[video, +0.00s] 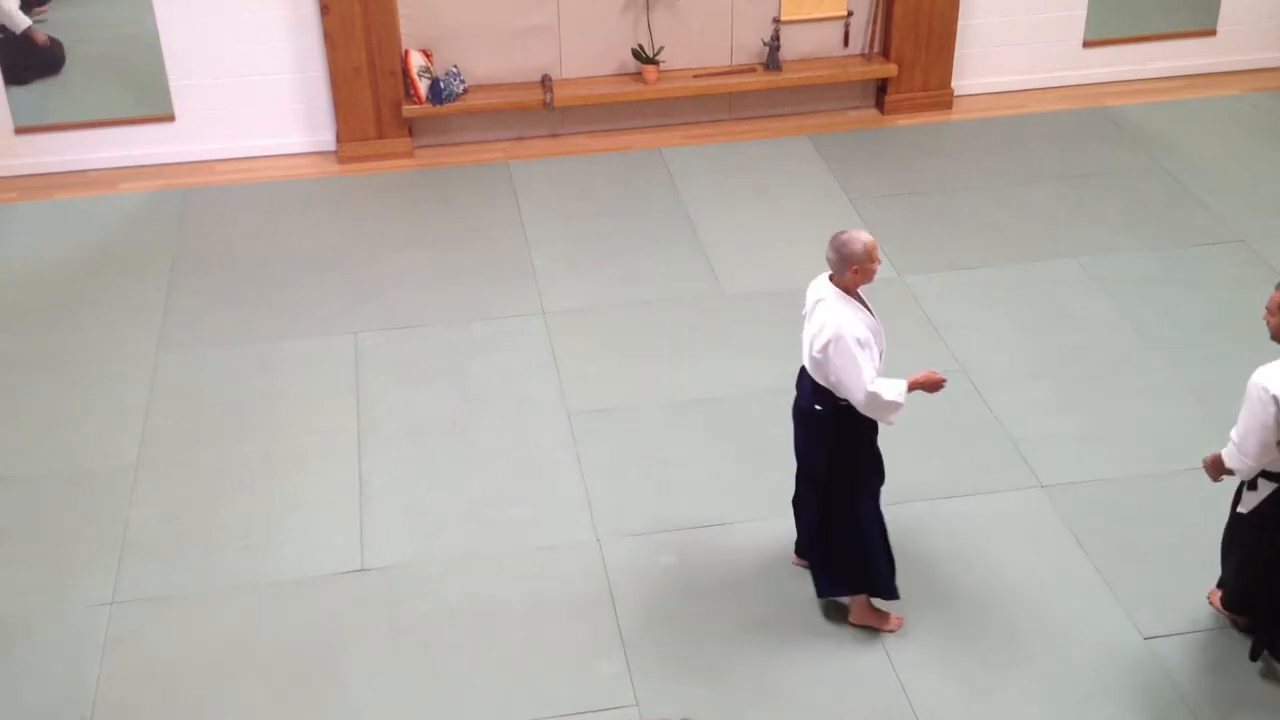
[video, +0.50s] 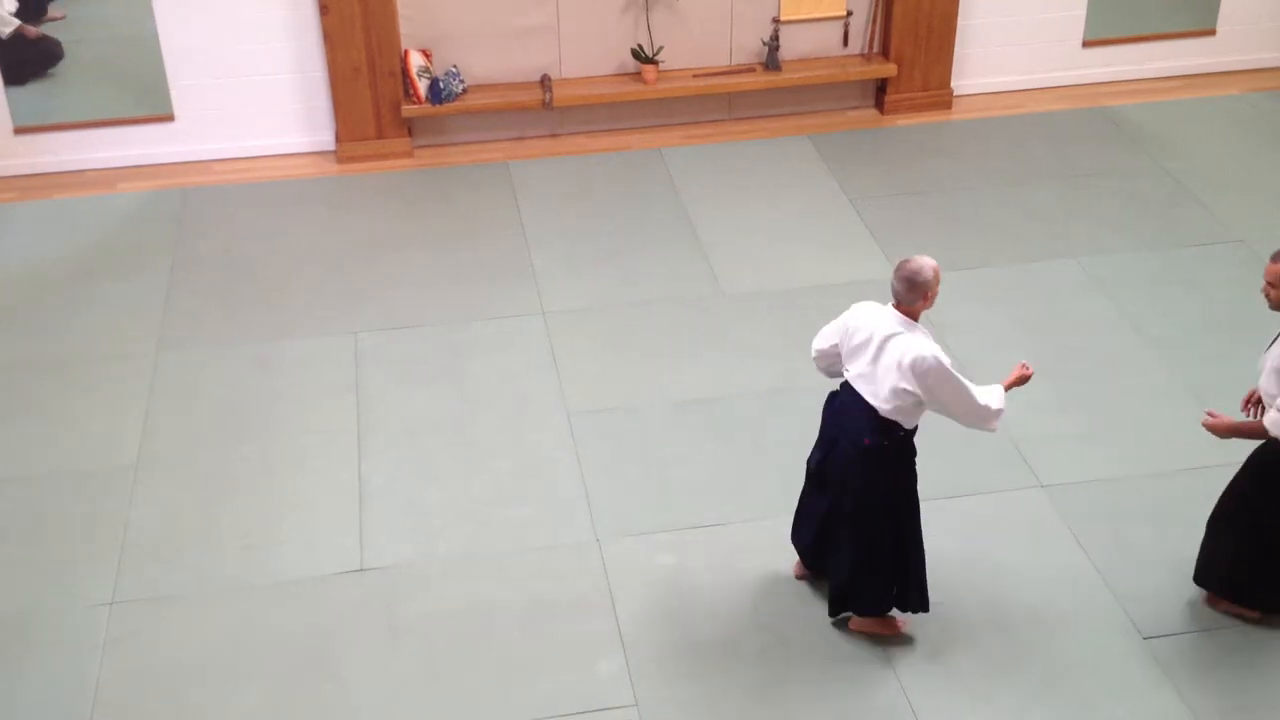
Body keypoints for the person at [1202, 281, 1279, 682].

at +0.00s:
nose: (1265, 316)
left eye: (1269, 311)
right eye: (1267, 309)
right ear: (1276, 318)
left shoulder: (1268, 379)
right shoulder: (1267, 379)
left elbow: (1248, 453)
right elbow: (1250, 448)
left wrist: (1222, 463)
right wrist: (1229, 461)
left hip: (1266, 488)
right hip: (1267, 483)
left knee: (1245, 547)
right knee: (1260, 548)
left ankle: (1238, 604)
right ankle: (1248, 603)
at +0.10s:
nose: (1261, 305)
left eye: (1266, 299)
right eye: (1263, 298)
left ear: (1279, 307)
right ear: (1275, 306)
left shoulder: (1267, 367)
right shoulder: (1267, 365)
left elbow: (1249, 437)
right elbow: (1252, 431)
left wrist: (1223, 452)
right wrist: (1229, 450)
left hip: (1264, 478)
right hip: (1269, 472)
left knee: (1245, 541)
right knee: (1262, 544)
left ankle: (1238, 603)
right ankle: (1256, 606)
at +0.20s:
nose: (1259, 295)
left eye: (1265, 289)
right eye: (1260, 288)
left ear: (1279, 296)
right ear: (1274, 295)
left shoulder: (1268, 355)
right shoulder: (1268, 353)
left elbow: (1252, 428)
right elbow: (1254, 422)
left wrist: (1224, 437)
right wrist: (1230, 435)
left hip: (1266, 468)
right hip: (1268, 462)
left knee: (1246, 538)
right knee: (1260, 540)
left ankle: (1241, 609)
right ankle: (1262, 617)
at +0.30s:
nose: (1260, 287)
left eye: (1267, 281)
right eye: (1261, 279)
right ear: (1268, 283)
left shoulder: (1272, 347)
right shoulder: (1270, 343)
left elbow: (1260, 421)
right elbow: (1260, 411)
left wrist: (1226, 427)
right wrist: (1231, 424)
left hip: (1270, 459)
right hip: (1268, 453)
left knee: (1237, 525)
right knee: (1256, 528)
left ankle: (1234, 603)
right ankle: (1259, 600)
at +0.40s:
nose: (1262, 286)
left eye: (1269, 282)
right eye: (1263, 279)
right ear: (1268, 280)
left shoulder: (1278, 347)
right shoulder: (1275, 340)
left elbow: (1270, 422)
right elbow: (1270, 392)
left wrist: (1228, 426)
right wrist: (1256, 405)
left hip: (1273, 455)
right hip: (1270, 449)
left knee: (1239, 520)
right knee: (1257, 522)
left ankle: (1237, 600)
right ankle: (1260, 596)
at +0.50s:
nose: (1265, 290)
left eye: (1271, 285)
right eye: (1266, 283)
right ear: (1268, 283)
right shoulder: (1276, 339)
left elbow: (1278, 423)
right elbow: (1278, 375)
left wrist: (1236, 428)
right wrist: (1265, 392)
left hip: (1275, 450)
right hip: (1272, 444)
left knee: (1239, 511)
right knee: (1253, 511)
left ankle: (1243, 596)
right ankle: (1247, 591)